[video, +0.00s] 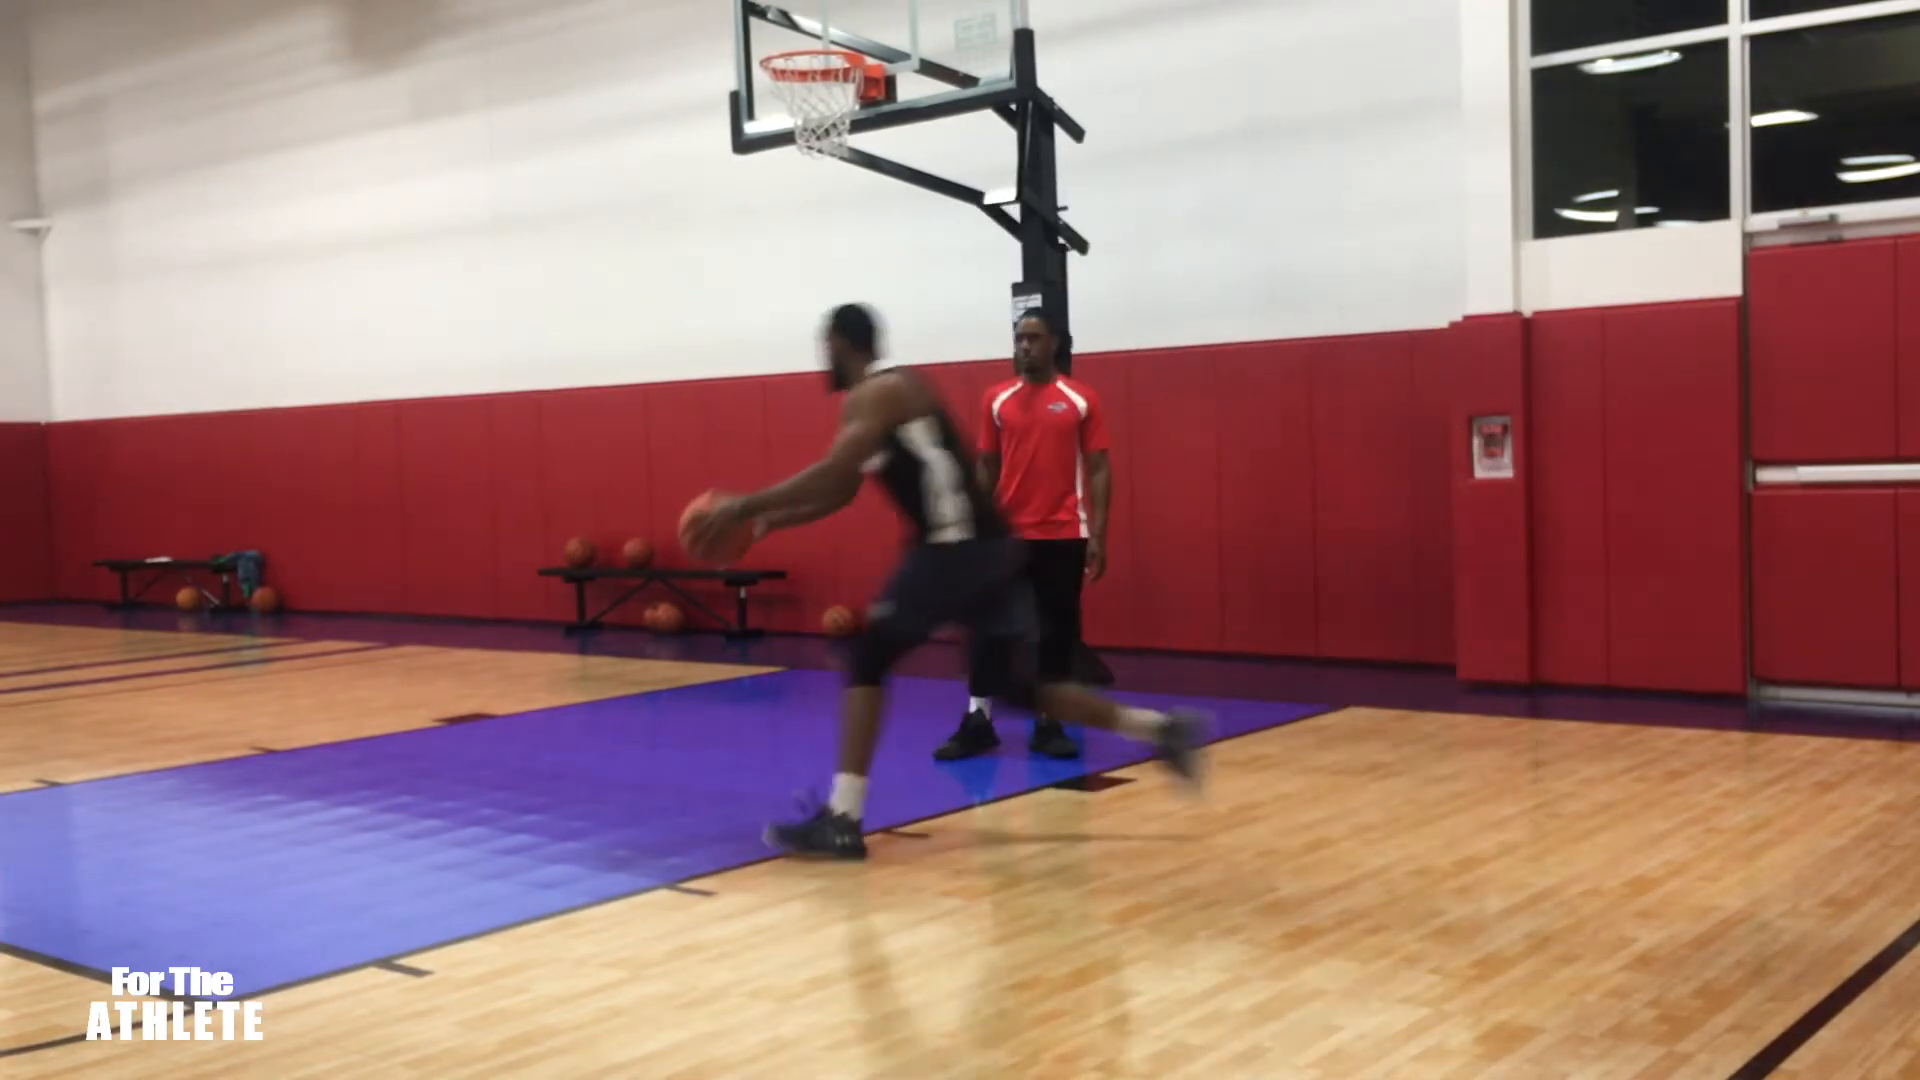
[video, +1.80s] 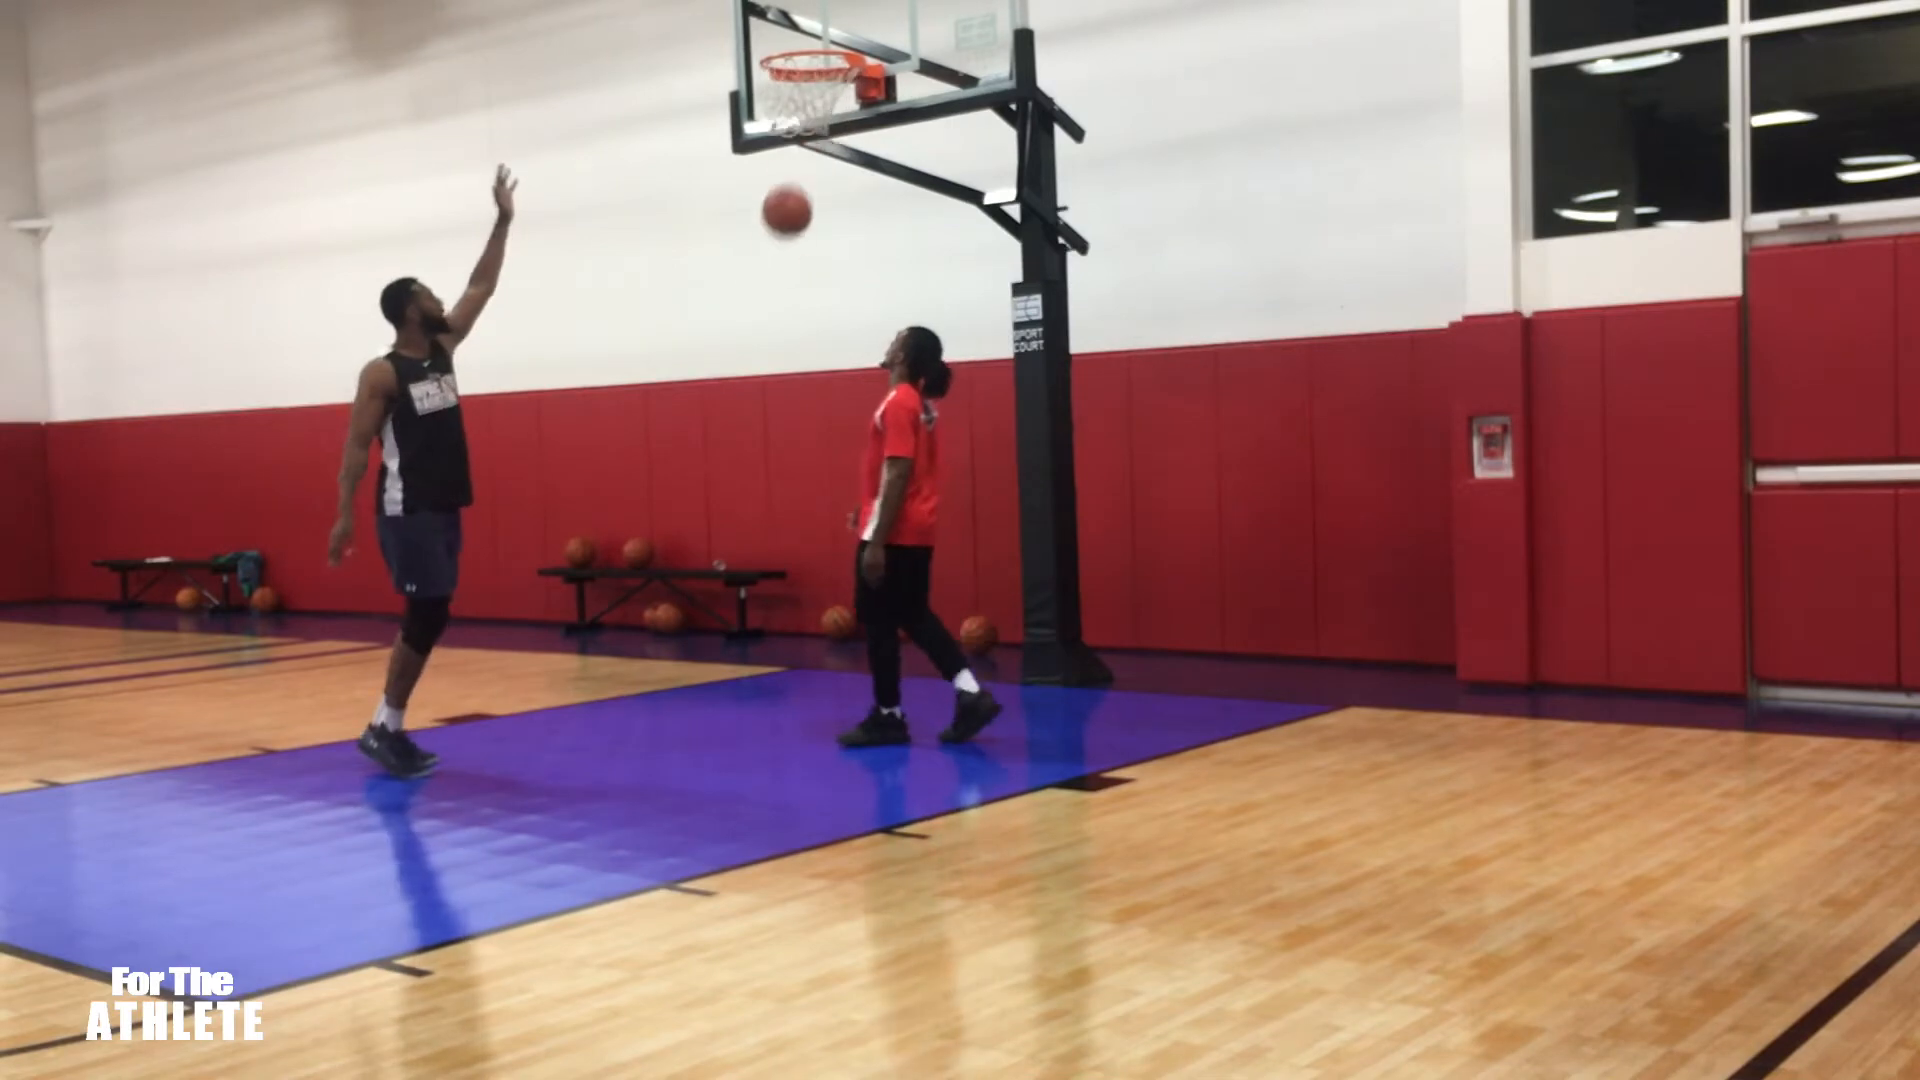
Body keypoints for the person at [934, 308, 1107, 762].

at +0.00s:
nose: (1024, 346)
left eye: (1034, 338)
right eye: (1020, 338)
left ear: (1056, 344)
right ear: (1014, 346)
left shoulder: (1080, 400)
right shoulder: (997, 400)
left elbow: (1098, 469)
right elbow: (987, 465)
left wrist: (1097, 537)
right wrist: (977, 520)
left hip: (1062, 537)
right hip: (1007, 534)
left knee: (1058, 631)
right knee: (987, 622)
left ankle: (1051, 721)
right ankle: (978, 717)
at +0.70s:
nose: (979, 338)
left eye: (991, 334)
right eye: (983, 332)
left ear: (1012, 350)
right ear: (991, 348)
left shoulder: (1026, 403)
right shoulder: (974, 398)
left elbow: (1038, 475)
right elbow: (977, 463)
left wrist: (1031, 543)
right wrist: (947, 507)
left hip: (1015, 541)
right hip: (976, 540)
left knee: (1032, 630)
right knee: (971, 620)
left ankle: (1047, 721)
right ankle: (989, 713)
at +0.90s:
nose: (963, 339)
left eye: (975, 336)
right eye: (968, 333)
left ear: (993, 354)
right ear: (975, 353)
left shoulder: (998, 400)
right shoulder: (966, 401)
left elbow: (1002, 472)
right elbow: (966, 471)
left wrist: (980, 540)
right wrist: (935, 508)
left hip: (996, 538)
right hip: (961, 538)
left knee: (1012, 626)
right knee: (965, 622)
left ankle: (1036, 719)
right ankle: (988, 713)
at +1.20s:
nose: (945, 337)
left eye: (955, 334)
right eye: (950, 331)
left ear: (970, 351)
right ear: (966, 352)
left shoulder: (968, 396)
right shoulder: (957, 395)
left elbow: (966, 468)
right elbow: (953, 469)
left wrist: (927, 531)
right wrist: (919, 502)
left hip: (968, 523)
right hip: (965, 520)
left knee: (952, 616)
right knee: (976, 614)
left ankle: (973, 713)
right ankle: (992, 711)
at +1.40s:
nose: (932, 338)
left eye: (942, 335)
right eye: (938, 333)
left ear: (953, 352)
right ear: (954, 355)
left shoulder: (948, 396)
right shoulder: (950, 396)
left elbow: (946, 469)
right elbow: (943, 469)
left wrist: (922, 535)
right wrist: (913, 505)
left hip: (950, 530)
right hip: (964, 529)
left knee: (923, 616)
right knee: (969, 617)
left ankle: (913, 713)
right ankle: (991, 710)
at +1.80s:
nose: (887, 349)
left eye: (894, 343)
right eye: (892, 343)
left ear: (903, 356)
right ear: (917, 361)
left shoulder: (899, 401)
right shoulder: (916, 402)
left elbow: (897, 473)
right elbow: (903, 471)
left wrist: (877, 538)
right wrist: (868, 507)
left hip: (891, 536)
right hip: (912, 534)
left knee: (878, 624)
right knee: (914, 615)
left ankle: (887, 714)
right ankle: (970, 694)